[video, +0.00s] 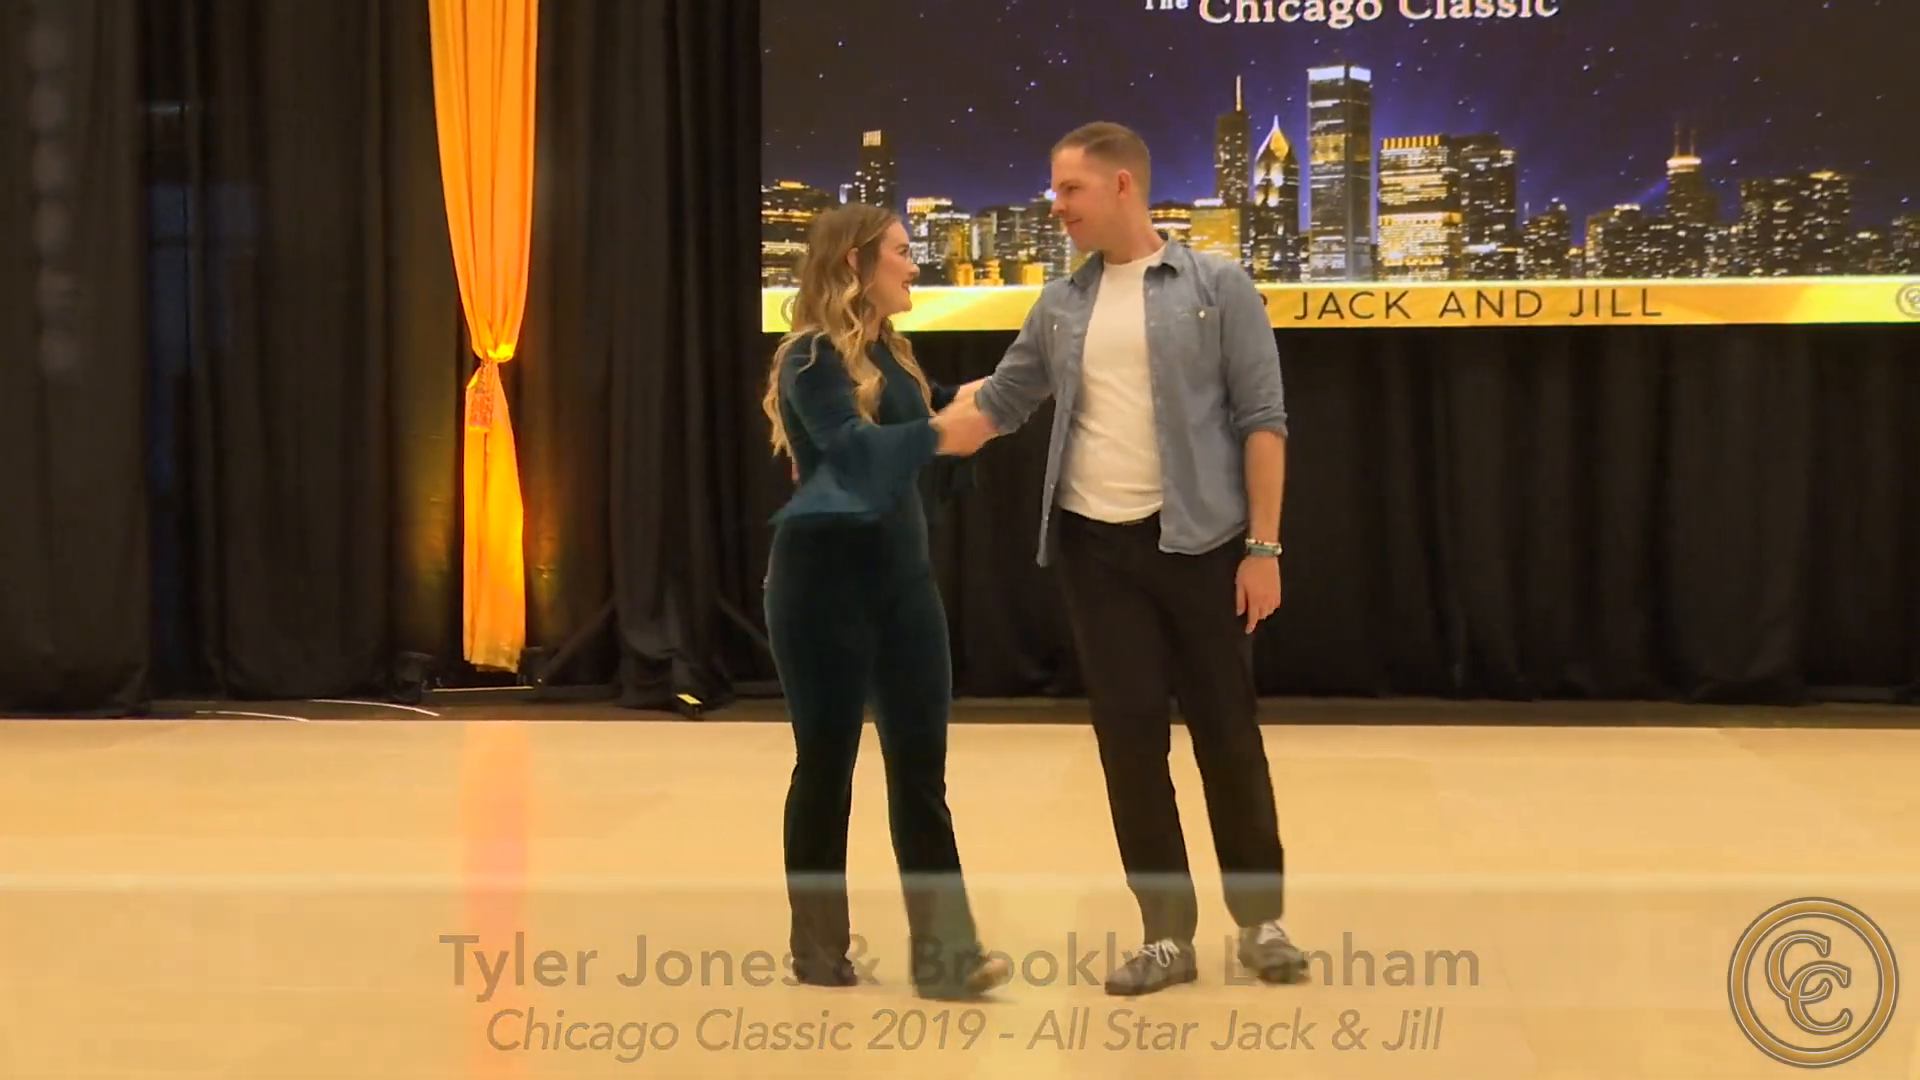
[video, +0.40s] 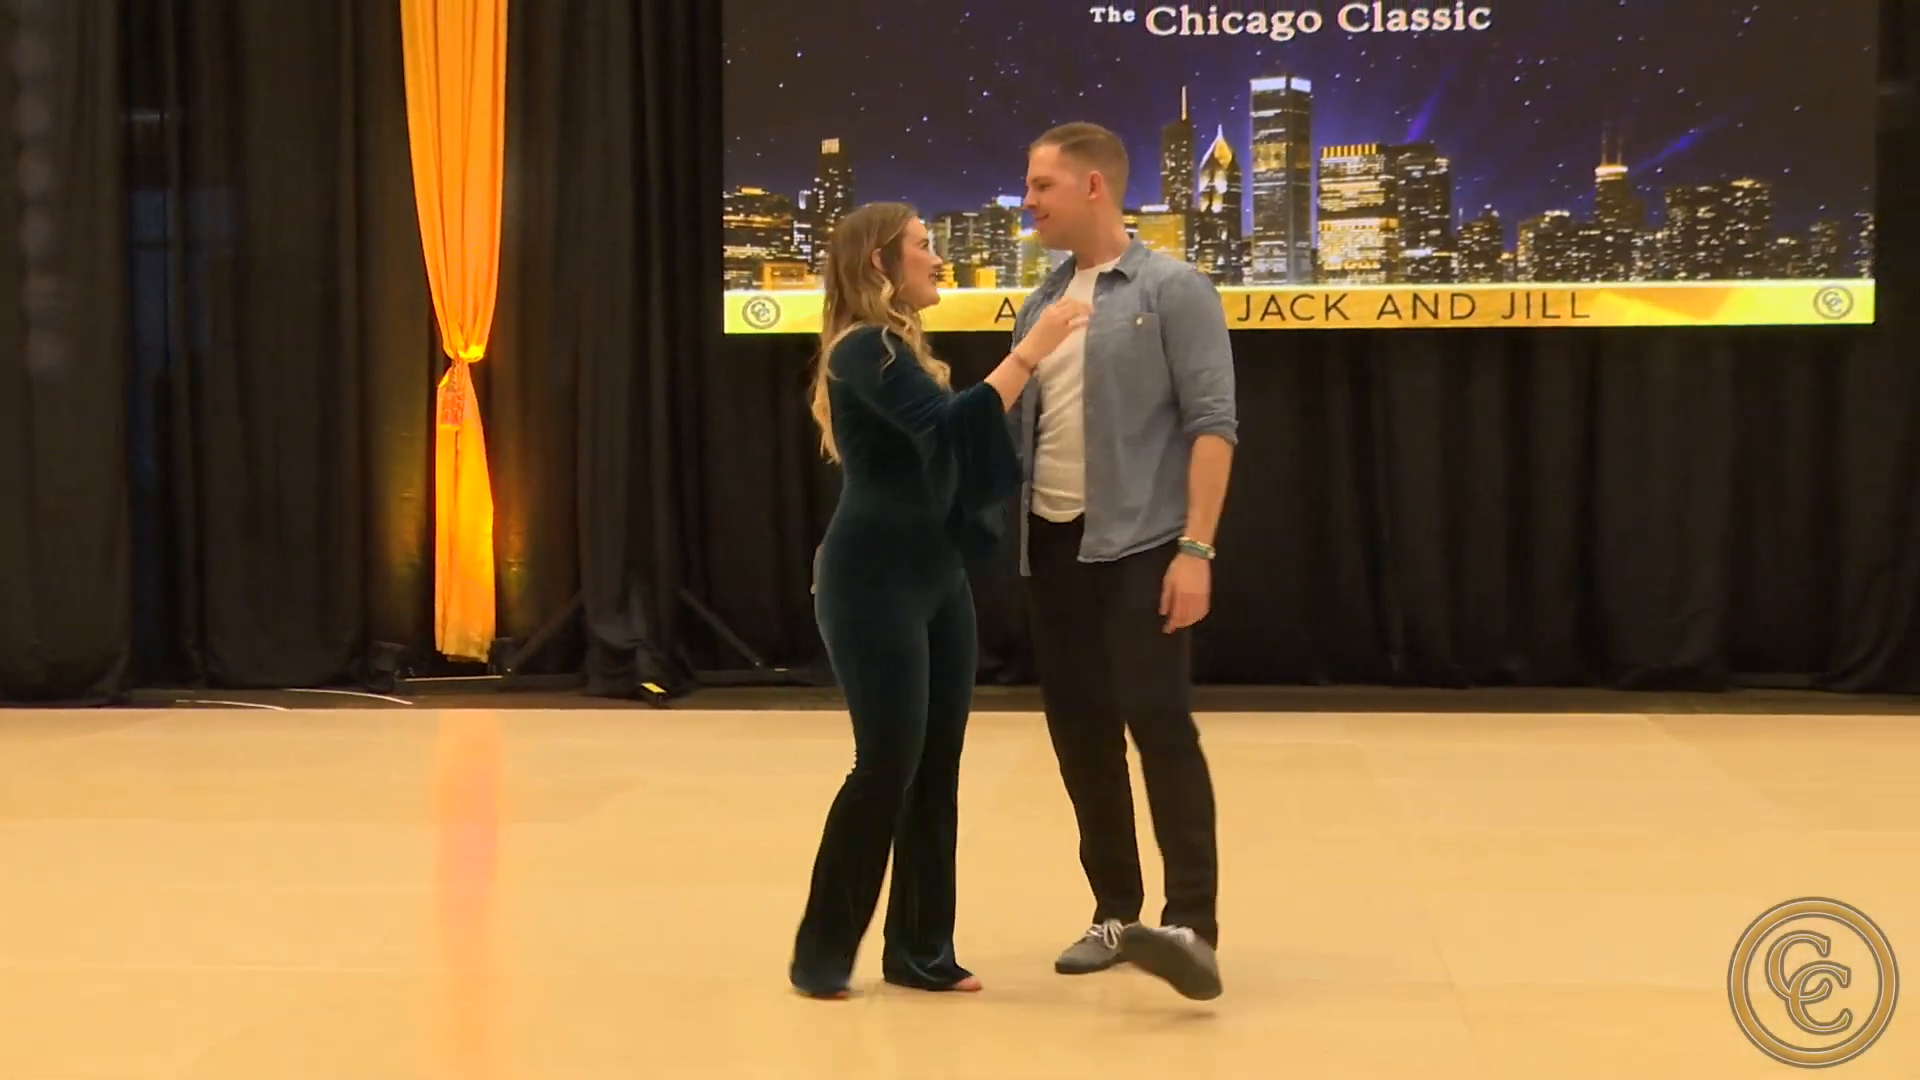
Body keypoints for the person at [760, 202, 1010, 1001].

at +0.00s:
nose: (914, 264)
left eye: (910, 251)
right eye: (901, 251)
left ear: (875, 266)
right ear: (855, 264)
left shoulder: (897, 361)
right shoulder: (810, 355)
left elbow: (925, 474)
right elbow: (849, 448)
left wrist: (958, 431)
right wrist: (937, 430)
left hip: (903, 576)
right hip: (821, 578)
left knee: (919, 769)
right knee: (824, 763)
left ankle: (944, 954)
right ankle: (818, 948)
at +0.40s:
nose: (938, 260)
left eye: (934, 247)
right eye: (925, 247)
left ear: (883, 264)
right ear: (880, 262)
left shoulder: (913, 351)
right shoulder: (864, 346)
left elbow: (963, 470)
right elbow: (936, 425)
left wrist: (1025, 375)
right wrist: (1025, 356)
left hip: (939, 575)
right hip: (872, 578)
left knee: (936, 768)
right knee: (886, 765)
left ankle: (920, 953)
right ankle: (821, 956)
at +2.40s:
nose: (952, 281)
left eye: (950, 269)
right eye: (941, 270)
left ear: (911, 282)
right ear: (903, 282)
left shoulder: (905, 356)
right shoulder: (898, 363)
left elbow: (956, 413)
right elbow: (976, 447)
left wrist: (1003, 362)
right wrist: (1010, 378)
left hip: (892, 558)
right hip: (906, 563)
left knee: (894, 723)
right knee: (937, 715)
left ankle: (897, 887)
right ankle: (904, 903)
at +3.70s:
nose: (960, 276)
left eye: (959, 265)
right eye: (946, 264)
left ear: (926, 279)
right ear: (901, 273)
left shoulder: (914, 356)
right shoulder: (882, 352)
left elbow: (950, 452)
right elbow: (955, 428)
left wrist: (1013, 422)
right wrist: (1017, 366)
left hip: (905, 565)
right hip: (873, 568)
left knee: (937, 711)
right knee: (899, 729)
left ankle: (916, 889)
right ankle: (871, 910)